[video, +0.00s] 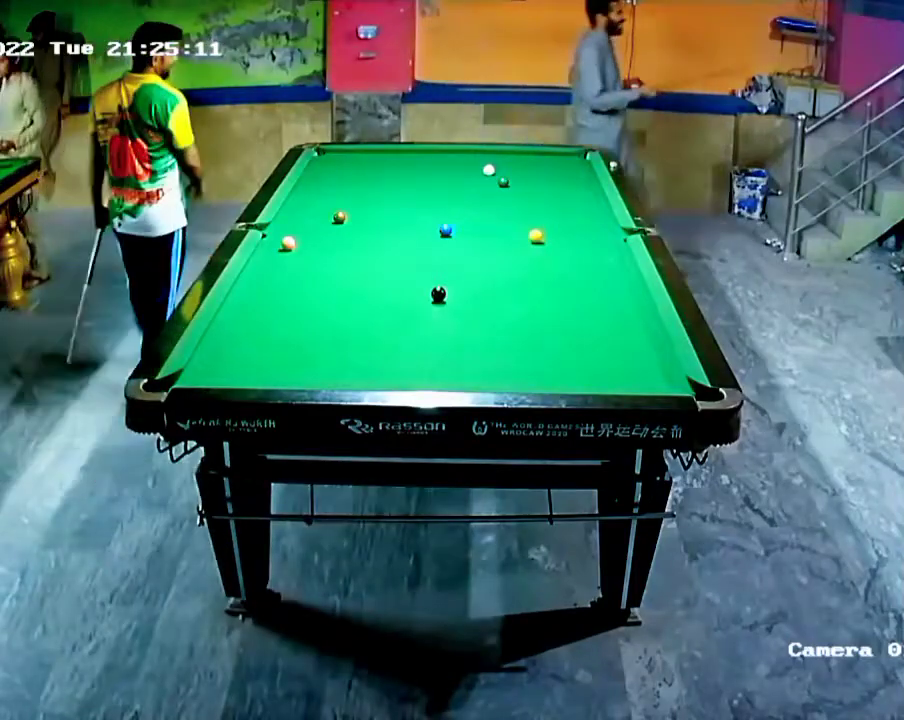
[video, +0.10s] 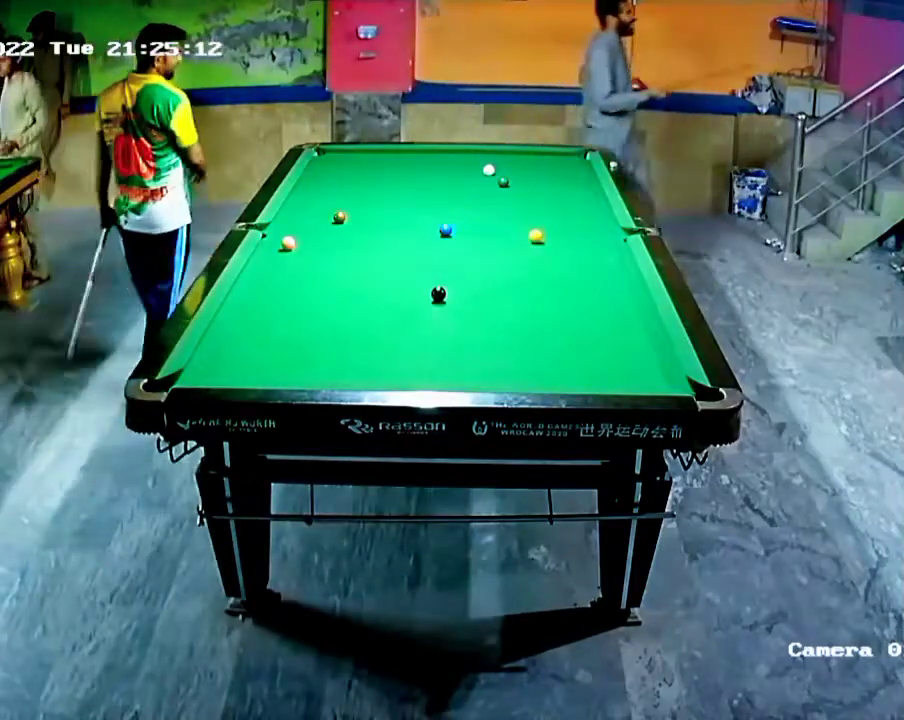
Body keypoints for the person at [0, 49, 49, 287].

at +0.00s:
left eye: (2, 59)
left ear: (11, 61)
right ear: (3, 62)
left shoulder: (25, 82)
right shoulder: (7, 85)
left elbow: (40, 120)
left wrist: (16, 142)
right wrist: (7, 143)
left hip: (22, 158)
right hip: (5, 159)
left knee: (23, 213)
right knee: (16, 214)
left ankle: (37, 267)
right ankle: (33, 266)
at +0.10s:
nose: (0, 64)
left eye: (3, 59)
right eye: (0, 59)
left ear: (13, 59)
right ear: (4, 60)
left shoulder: (27, 82)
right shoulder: (7, 84)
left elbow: (42, 119)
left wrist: (18, 141)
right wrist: (6, 143)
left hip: (24, 158)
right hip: (4, 158)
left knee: (26, 215)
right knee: (14, 215)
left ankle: (36, 267)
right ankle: (23, 267)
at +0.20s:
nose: (1, 63)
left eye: (4, 58)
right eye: (2, 58)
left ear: (14, 59)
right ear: (7, 60)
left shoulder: (28, 80)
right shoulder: (9, 83)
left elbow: (47, 117)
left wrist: (22, 143)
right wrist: (9, 143)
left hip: (23, 159)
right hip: (5, 159)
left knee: (26, 214)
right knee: (13, 215)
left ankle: (36, 267)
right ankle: (21, 267)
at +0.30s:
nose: (0, 63)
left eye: (3, 58)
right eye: (1, 58)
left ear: (15, 59)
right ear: (10, 59)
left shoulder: (30, 80)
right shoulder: (10, 83)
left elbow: (47, 117)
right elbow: (9, 120)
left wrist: (24, 144)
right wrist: (5, 146)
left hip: (26, 158)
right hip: (6, 158)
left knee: (28, 214)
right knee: (15, 215)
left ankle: (38, 268)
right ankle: (24, 266)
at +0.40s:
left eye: (2, 58)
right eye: (1, 58)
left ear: (12, 59)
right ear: (10, 59)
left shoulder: (27, 80)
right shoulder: (9, 83)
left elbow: (47, 111)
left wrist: (34, 145)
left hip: (19, 158)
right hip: (5, 158)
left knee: (22, 215)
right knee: (16, 215)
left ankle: (37, 268)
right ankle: (24, 267)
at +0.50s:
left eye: (2, 59)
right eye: (0, 60)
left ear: (12, 60)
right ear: (9, 61)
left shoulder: (28, 81)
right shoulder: (8, 84)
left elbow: (48, 114)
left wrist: (37, 146)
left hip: (20, 159)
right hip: (4, 159)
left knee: (22, 215)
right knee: (17, 215)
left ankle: (37, 267)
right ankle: (27, 266)